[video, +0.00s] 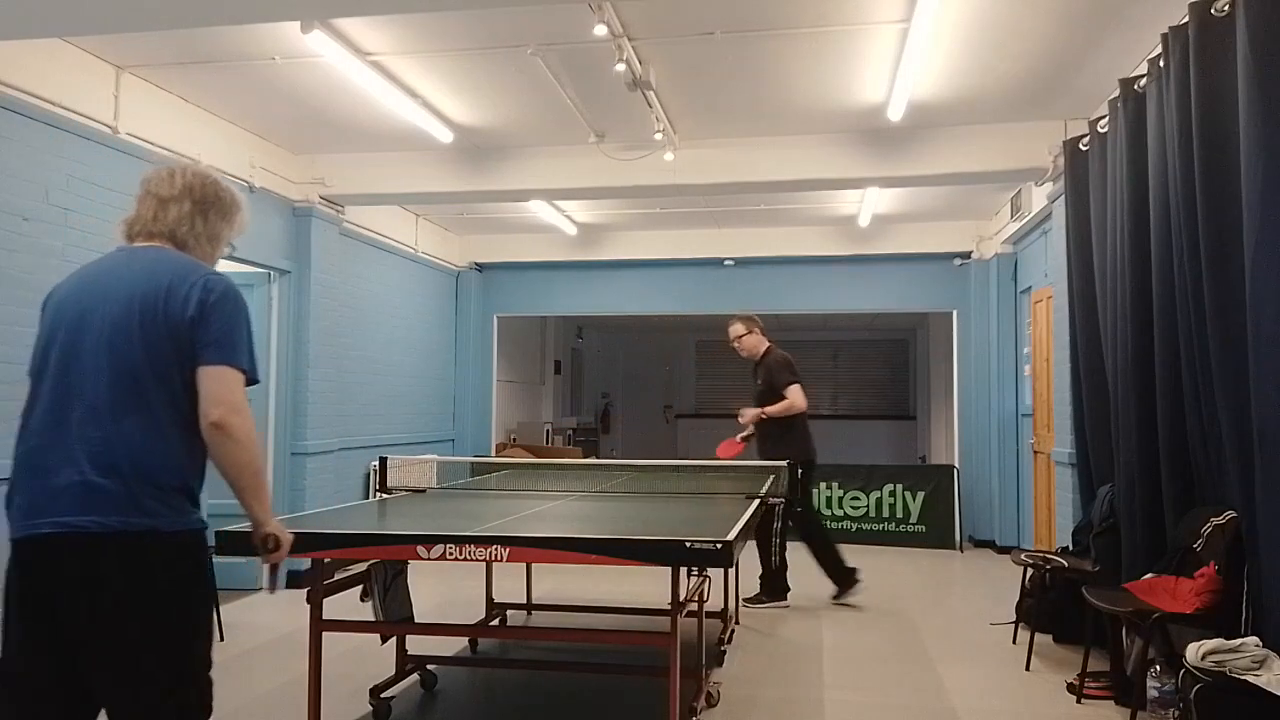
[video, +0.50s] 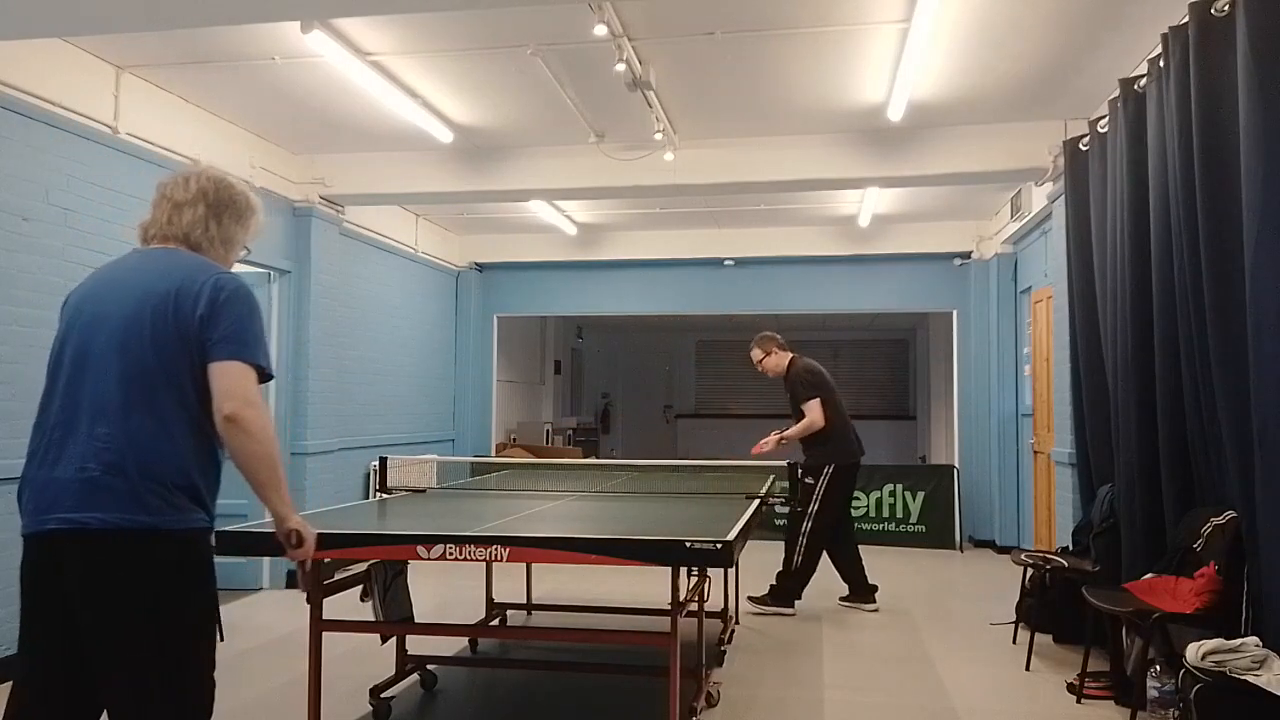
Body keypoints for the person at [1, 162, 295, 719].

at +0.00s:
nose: (223, 254)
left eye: (226, 244)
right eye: (223, 241)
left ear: (143, 218)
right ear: (206, 232)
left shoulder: (66, 290)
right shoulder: (207, 288)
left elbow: (36, 409)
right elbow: (220, 417)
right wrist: (264, 517)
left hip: (42, 546)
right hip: (151, 546)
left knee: (43, 706)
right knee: (166, 707)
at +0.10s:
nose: (241, 256)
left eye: (245, 245)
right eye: (241, 243)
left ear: (162, 218)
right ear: (221, 231)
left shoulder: (84, 288)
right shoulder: (221, 289)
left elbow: (68, 407)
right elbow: (239, 416)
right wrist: (283, 516)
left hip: (56, 537)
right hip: (160, 538)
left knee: (52, 701)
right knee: (174, 706)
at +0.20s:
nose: (251, 256)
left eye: (255, 246)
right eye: (252, 243)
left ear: (172, 218)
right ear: (235, 233)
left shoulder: (96, 286)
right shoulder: (233, 288)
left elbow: (83, 402)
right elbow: (251, 414)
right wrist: (295, 512)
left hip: (63, 527)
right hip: (166, 530)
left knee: (64, 696)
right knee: (179, 702)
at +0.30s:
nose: (254, 258)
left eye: (259, 248)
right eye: (255, 246)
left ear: (177, 220)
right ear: (235, 232)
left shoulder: (99, 286)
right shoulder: (235, 288)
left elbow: (86, 402)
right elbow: (255, 413)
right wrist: (301, 511)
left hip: (64, 528)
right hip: (166, 531)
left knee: (63, 695)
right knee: (178, 703)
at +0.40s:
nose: (252, 258)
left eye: (256, 247)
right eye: (252, 245)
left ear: (172, 219)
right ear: (233, 232)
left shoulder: (96, 286)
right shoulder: (230, 287)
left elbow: (81, 401)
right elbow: (249, 411)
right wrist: (298, 511)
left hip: (62, 531)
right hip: (163, 535)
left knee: (55, 697)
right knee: (175, 706)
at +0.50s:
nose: (239, 259)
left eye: (243, 248)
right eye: (240, 245)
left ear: (161, 221)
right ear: (220, 232)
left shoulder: (88, 287)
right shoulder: (218, 287)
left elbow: (69, 403)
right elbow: (235, 409)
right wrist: (284, 512)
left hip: (53, 531)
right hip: (154, 534)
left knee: (46, 697)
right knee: (167, 706)